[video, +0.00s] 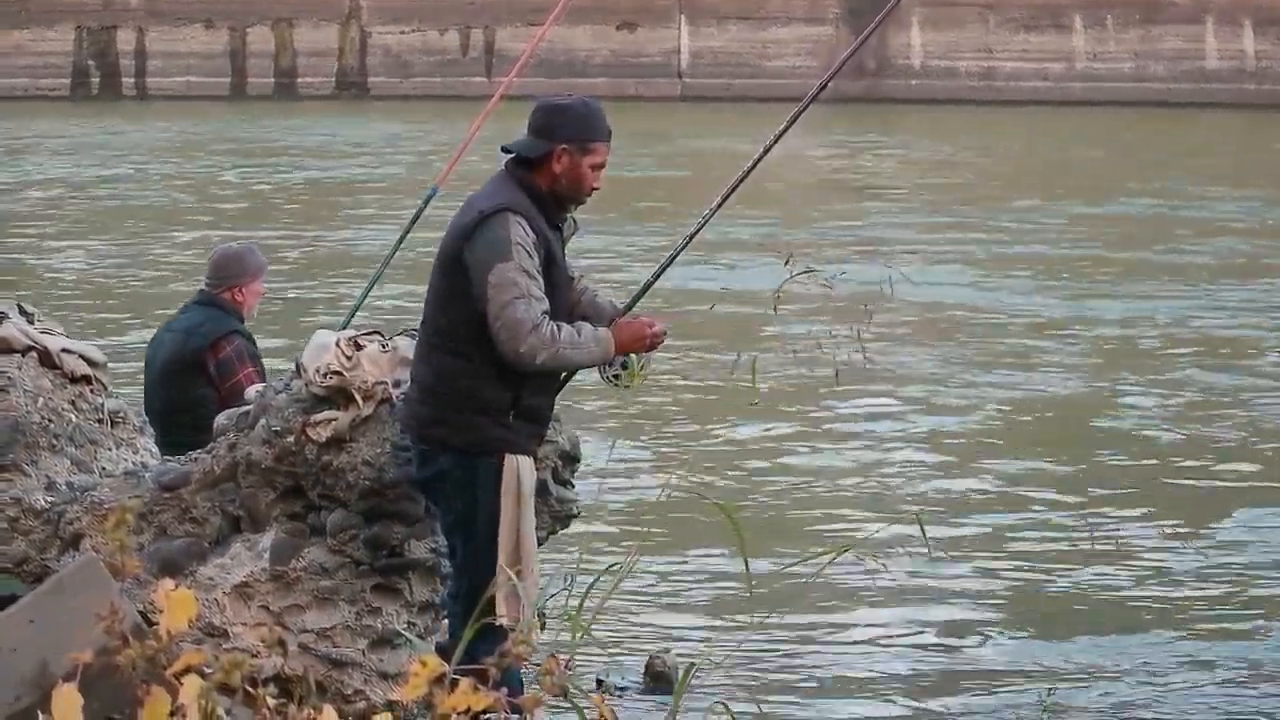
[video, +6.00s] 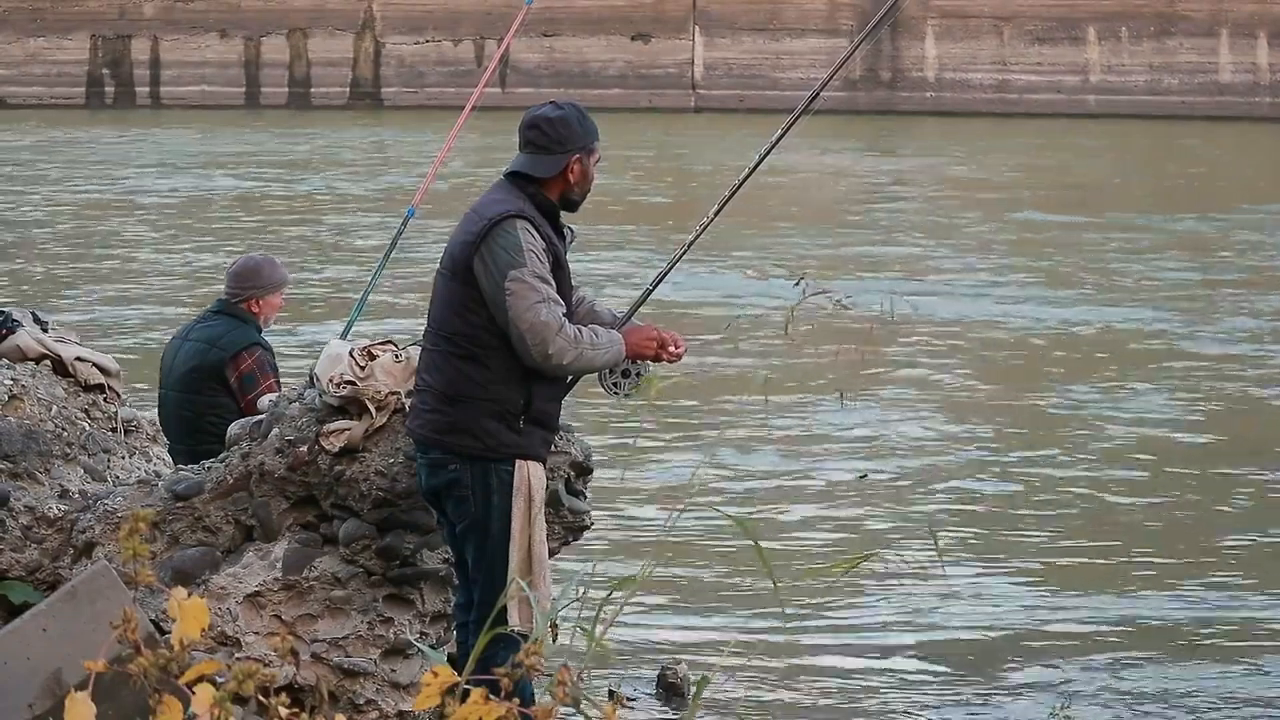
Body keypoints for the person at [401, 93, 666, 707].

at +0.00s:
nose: (600, 180)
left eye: (603, 167)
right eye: (595, 166)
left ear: (560, 159)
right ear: (558, 159)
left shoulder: (532, 216)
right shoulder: (504, 224)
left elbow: (566, 297)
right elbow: (524, 340)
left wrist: (618, 324)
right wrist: (612, 341)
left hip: (490, 435)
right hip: (465, 440)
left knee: (498, 589)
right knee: (481, 596)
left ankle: (495, 705)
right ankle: (476, 709)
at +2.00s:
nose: (598, 183)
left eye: (601, 170)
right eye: (593, 170)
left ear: (559, 161)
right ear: (556, 162)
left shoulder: (531, 215)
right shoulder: (507, 224)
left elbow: (551, 300)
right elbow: (506, 340)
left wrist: (619, 329)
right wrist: (595, 397)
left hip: (491, 434)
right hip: (469, 440)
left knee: (496, 593)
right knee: (490, 598)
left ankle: (489, 712)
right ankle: (482, 714)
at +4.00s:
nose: (587, 177)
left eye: (586, 166)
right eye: (586, 166)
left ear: (529, 159)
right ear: (574, 170)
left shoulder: (528, 221)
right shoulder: (508, 228)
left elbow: (562, 304)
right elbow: (539, 339)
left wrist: (623, 329)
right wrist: (621, 353)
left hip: (491, 440)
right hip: (471, 445)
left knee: (498, 588)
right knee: (493, 592)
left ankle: (494, 709)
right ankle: (492, 711)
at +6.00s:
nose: (594, 173)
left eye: (594, 162)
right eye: (592, 162)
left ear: (541, 162)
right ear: (573, 168)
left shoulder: (525, 223)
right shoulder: (511, 231)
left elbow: (563, 309)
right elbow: (546, 343)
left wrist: (629, 330)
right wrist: (624, 343)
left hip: (484, 445)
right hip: (475, 449)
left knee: (488, 601)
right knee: (497, 606)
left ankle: (480, 710)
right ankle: (498, 714)